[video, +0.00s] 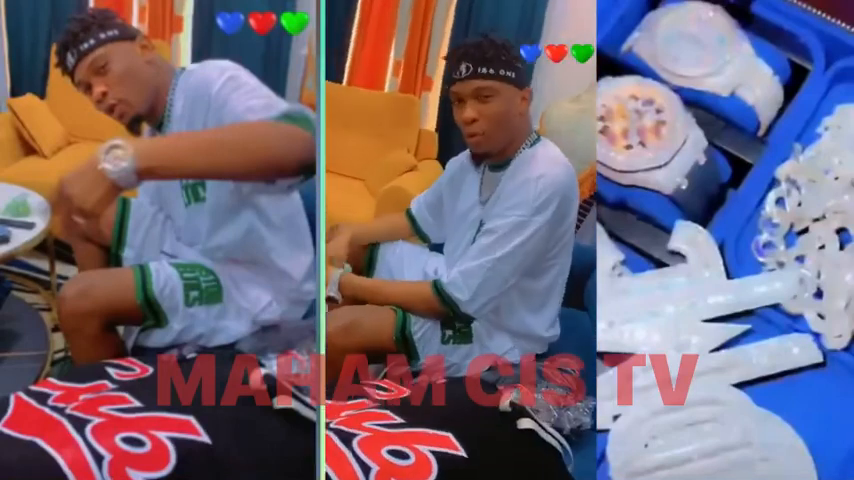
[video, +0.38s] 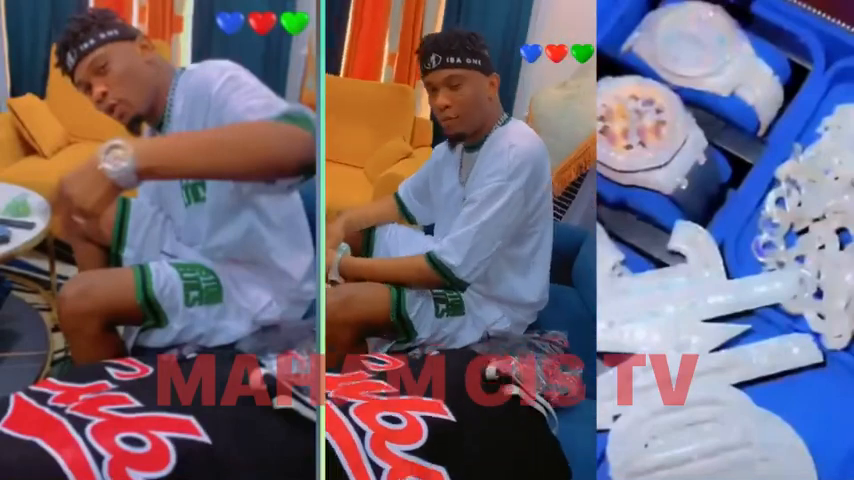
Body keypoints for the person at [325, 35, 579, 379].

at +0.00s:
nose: (468, 115)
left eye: (484, 98)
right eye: (459, 102)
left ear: (524, 100)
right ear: (450, 106)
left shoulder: (544, 179)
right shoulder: (468, 164)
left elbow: (452, 298)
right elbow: (415, 221)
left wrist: (345, 285)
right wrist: (349, 235)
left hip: (496, 334)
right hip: (454, 285)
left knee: (335, 329)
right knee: (346, 239)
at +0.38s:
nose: (440, 102)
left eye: (454, 85)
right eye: (432, 90)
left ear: (492, 86)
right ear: (426, 95)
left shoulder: (517, 152)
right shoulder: (455, 146)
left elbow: (449, 268)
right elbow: (406, 205)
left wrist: (343, 266)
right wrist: (345, 222)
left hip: (491, 304)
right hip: (452, 266)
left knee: (340, 307)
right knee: (345, 234)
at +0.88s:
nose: (406, 125)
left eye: (411, 113)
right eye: (404, 113)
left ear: (447, 106)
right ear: (447, 108)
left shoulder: (491, 155)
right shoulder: (458, 144)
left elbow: (431, 259)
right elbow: (416, 197)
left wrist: (348, 249)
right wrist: (361, 213)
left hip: (485, 291)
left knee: (353, 285)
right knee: (365, 220)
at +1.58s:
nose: (451, 117)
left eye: (459, 111)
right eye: (454, 108)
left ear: (498, 120)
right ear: (498, 119)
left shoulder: (536, 173)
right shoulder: (487, 143)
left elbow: (446, 261)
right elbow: (418, 188)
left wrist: (347, 244)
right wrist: (332, 188)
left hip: (496, 299)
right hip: (470, 256)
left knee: (357, 284)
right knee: (372, 214)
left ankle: (358, 389)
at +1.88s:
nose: (458, 84)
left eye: (470, 80)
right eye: (463, 73)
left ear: (509, 96)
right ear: (510, 97)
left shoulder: (535, 156)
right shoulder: (482, 112)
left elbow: (440, 235)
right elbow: (410, 152)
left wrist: (346, 209)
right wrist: (327, 148)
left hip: (474, 268)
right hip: (446, 219)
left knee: (342, 243)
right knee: (353, 173)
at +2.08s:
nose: (473, 121)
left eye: (483, 116)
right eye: (478, 111)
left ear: (519, 129)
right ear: (519, 128)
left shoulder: (542, 186)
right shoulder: (493, 140)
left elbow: (446, 250)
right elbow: (417, 163)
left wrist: (359, 214)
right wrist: (334, 153)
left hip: (468, 283)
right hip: (448, 233)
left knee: (353, 246)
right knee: (368, 182)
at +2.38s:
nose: (473, 138)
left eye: (478, 132)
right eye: (475, 130)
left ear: (514, 145)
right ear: (515, 144)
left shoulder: (545, 197)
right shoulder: (506, 162)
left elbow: (450, 262)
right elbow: (439, 190)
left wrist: (374, 232)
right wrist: (374, 164)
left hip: (479, 302)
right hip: (460, 257)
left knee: (367, 259)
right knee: (383, 193)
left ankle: (332, 333)